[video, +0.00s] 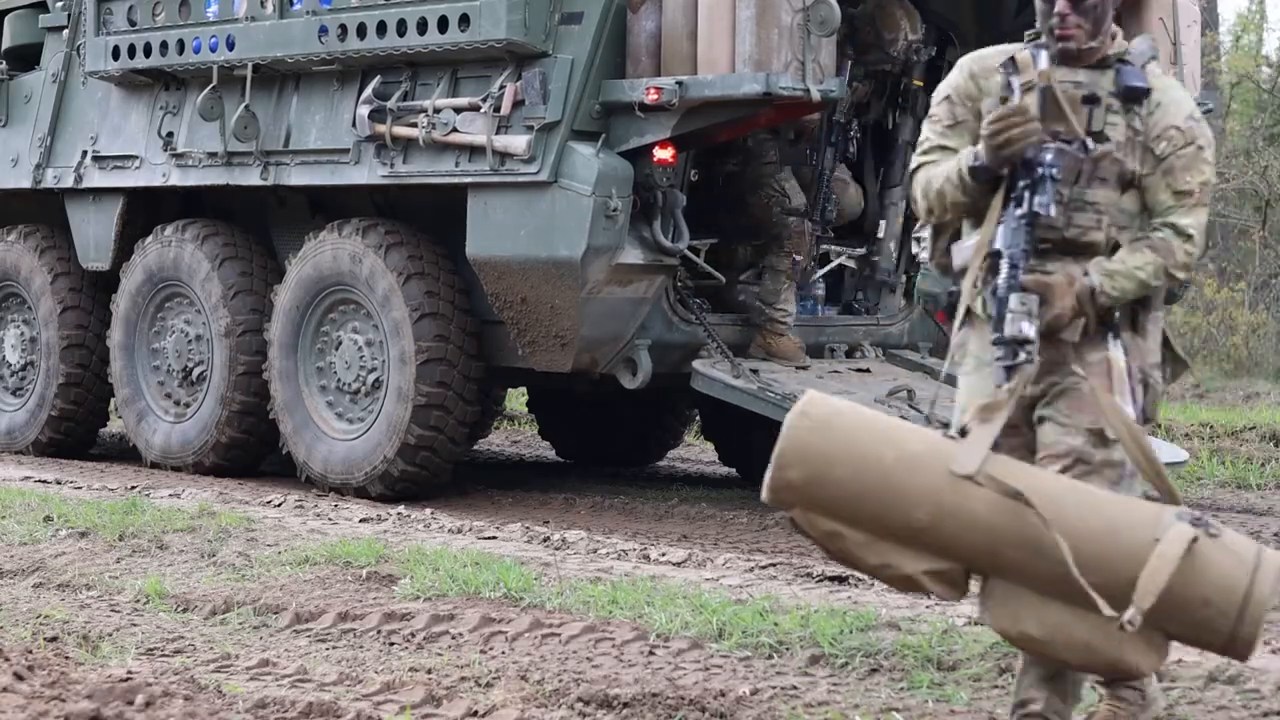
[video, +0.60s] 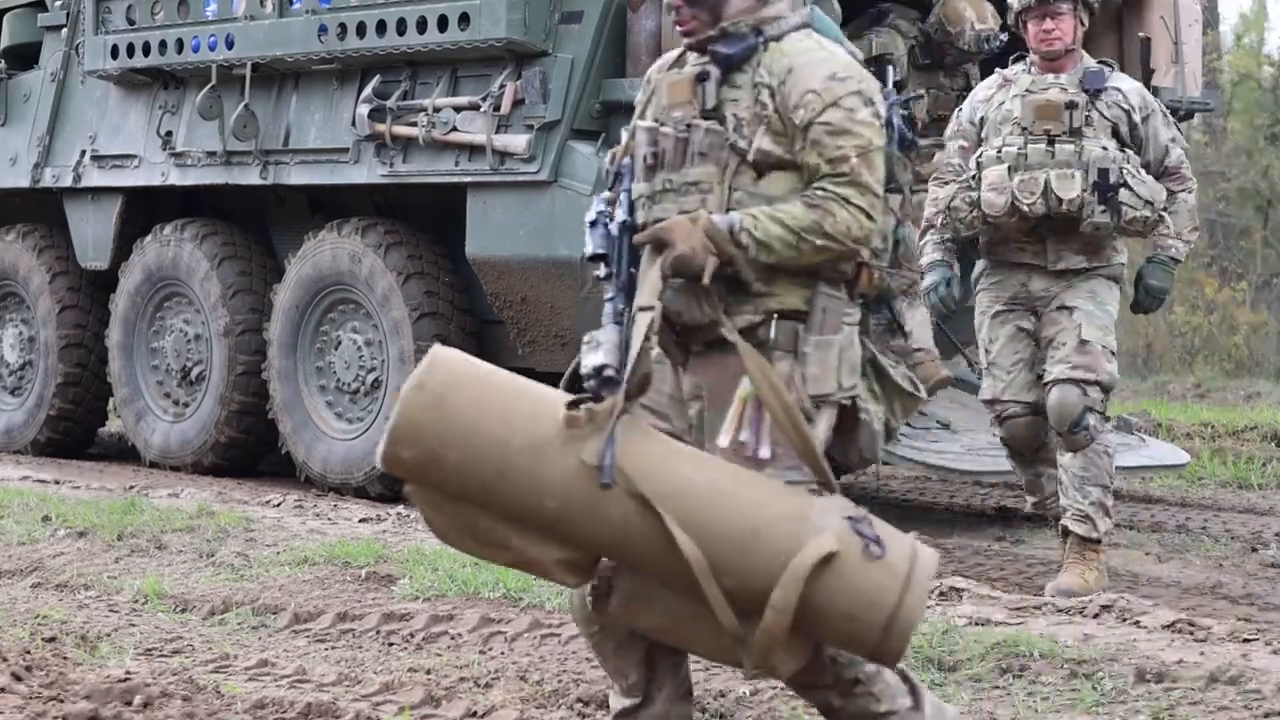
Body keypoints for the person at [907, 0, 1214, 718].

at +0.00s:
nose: (1067, 13)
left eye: (1086, 3)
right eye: (1056, 1)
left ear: (1117, 12)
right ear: (1040, 6)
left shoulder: (1162, 106)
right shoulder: (980, 75)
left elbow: (1180, 238)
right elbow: (924, 193)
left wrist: (1089, 287)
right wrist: (984, 160)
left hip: (1098, 347)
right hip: (992, 339)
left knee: (1076, 519)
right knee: (1004, 516)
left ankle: (1040, 698)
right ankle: (1128, 678)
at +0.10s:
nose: (1030, 28)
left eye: (1049, 14)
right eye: (1017, 14)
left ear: (1085, 16)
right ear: (1001, 18)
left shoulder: (1126, 119)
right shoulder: (954, 87)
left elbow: (1146, 255)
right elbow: (880, 202)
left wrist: (1041, 292)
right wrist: (929, 174)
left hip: (1057, 371)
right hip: (944, 363)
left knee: (1041, 546)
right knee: (964, 542)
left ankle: (1065, 703)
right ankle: (1019, 700)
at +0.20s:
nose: (979, 40)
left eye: (996, 22)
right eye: (964, 26)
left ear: (1037, 20)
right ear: (950, 29)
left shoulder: (1087, 133)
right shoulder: (912, 101)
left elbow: (1095, 266)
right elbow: (844, 200)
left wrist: (984, 285)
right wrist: (871, 215)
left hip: (1013, 388)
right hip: (901, 379)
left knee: (1003, 573)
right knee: (932, 568)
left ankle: (1011, 706)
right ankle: (1002, 701)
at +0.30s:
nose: (908, 35)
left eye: (926, 19)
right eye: (896, 21)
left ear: (976, 12)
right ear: (885, 23)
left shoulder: (1029, 121)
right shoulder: (861, 95)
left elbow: (1048, 260)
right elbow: (809, 190)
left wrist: (914, 279)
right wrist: (819, 246)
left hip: (966, 395)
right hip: (844, 381)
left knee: (959, 611)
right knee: (782, 562)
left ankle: (985, 706)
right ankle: (832, 703)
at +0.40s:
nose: (830, 26)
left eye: (848, 11)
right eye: (818, 12)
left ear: (898, 5)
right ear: (808, 13)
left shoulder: (959, 98)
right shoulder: (792, 90)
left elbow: (975, 248)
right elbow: (753, 206)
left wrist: (849, 264)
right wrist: (749, 244)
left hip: (908, 379)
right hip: (788, 368)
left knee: (914, 573)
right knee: (711, 550)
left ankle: (978, 702)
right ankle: (680, 710)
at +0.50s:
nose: (749, 16)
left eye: (766, 4)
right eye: (739, 6)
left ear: (817, 1)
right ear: (729, 12)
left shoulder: (882, 87)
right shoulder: (722, 88)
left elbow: (910, 231)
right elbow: (685, 214)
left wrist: (780, 249)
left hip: (838, 378)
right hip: (726, 371)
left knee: (860, 573)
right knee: (651, 554)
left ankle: (954, 708)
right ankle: (669, 708)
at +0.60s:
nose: (677, 5)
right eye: (672, 0)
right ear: (669, 8)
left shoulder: (817, 69)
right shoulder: (663, 79)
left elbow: (855, 214)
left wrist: (721, 234)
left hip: (775, 367)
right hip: (666, 360)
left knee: (766, 577)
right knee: (618, 577)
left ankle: (896, 708)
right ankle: (655, 707)